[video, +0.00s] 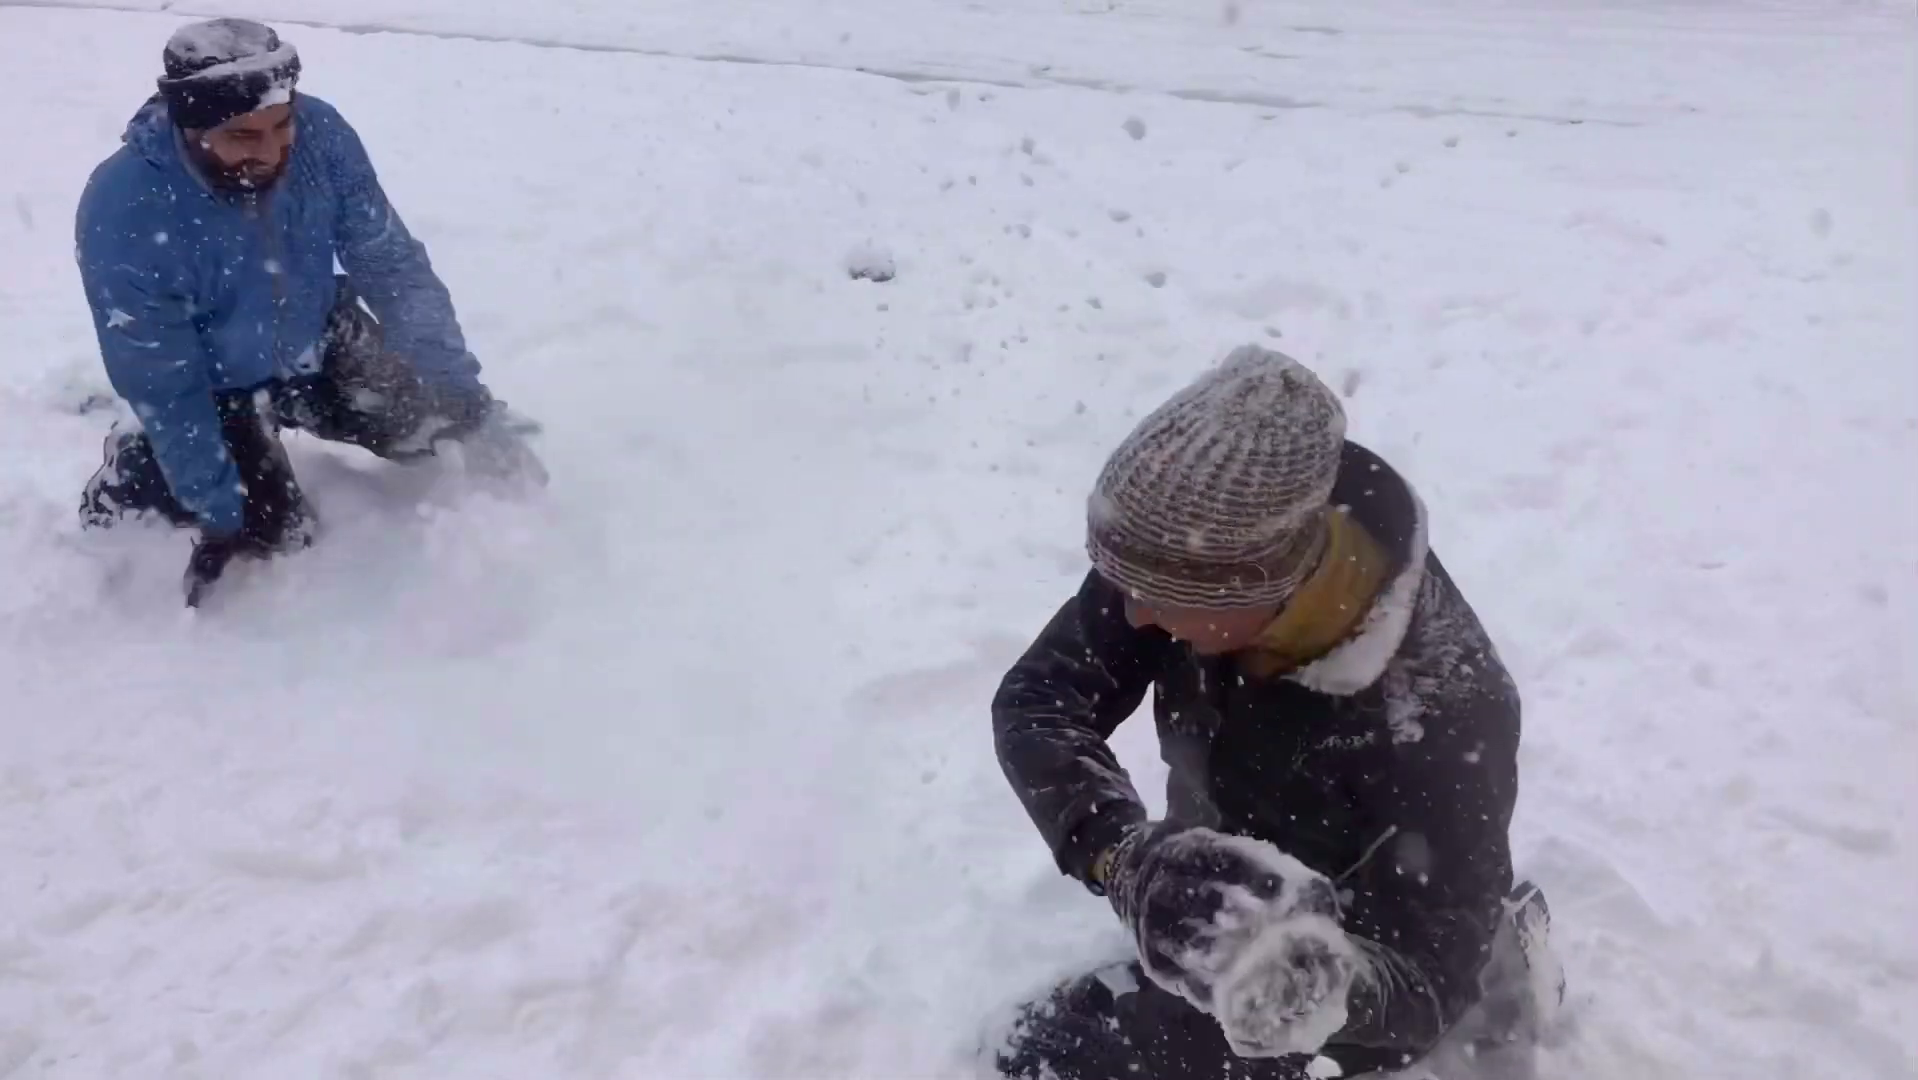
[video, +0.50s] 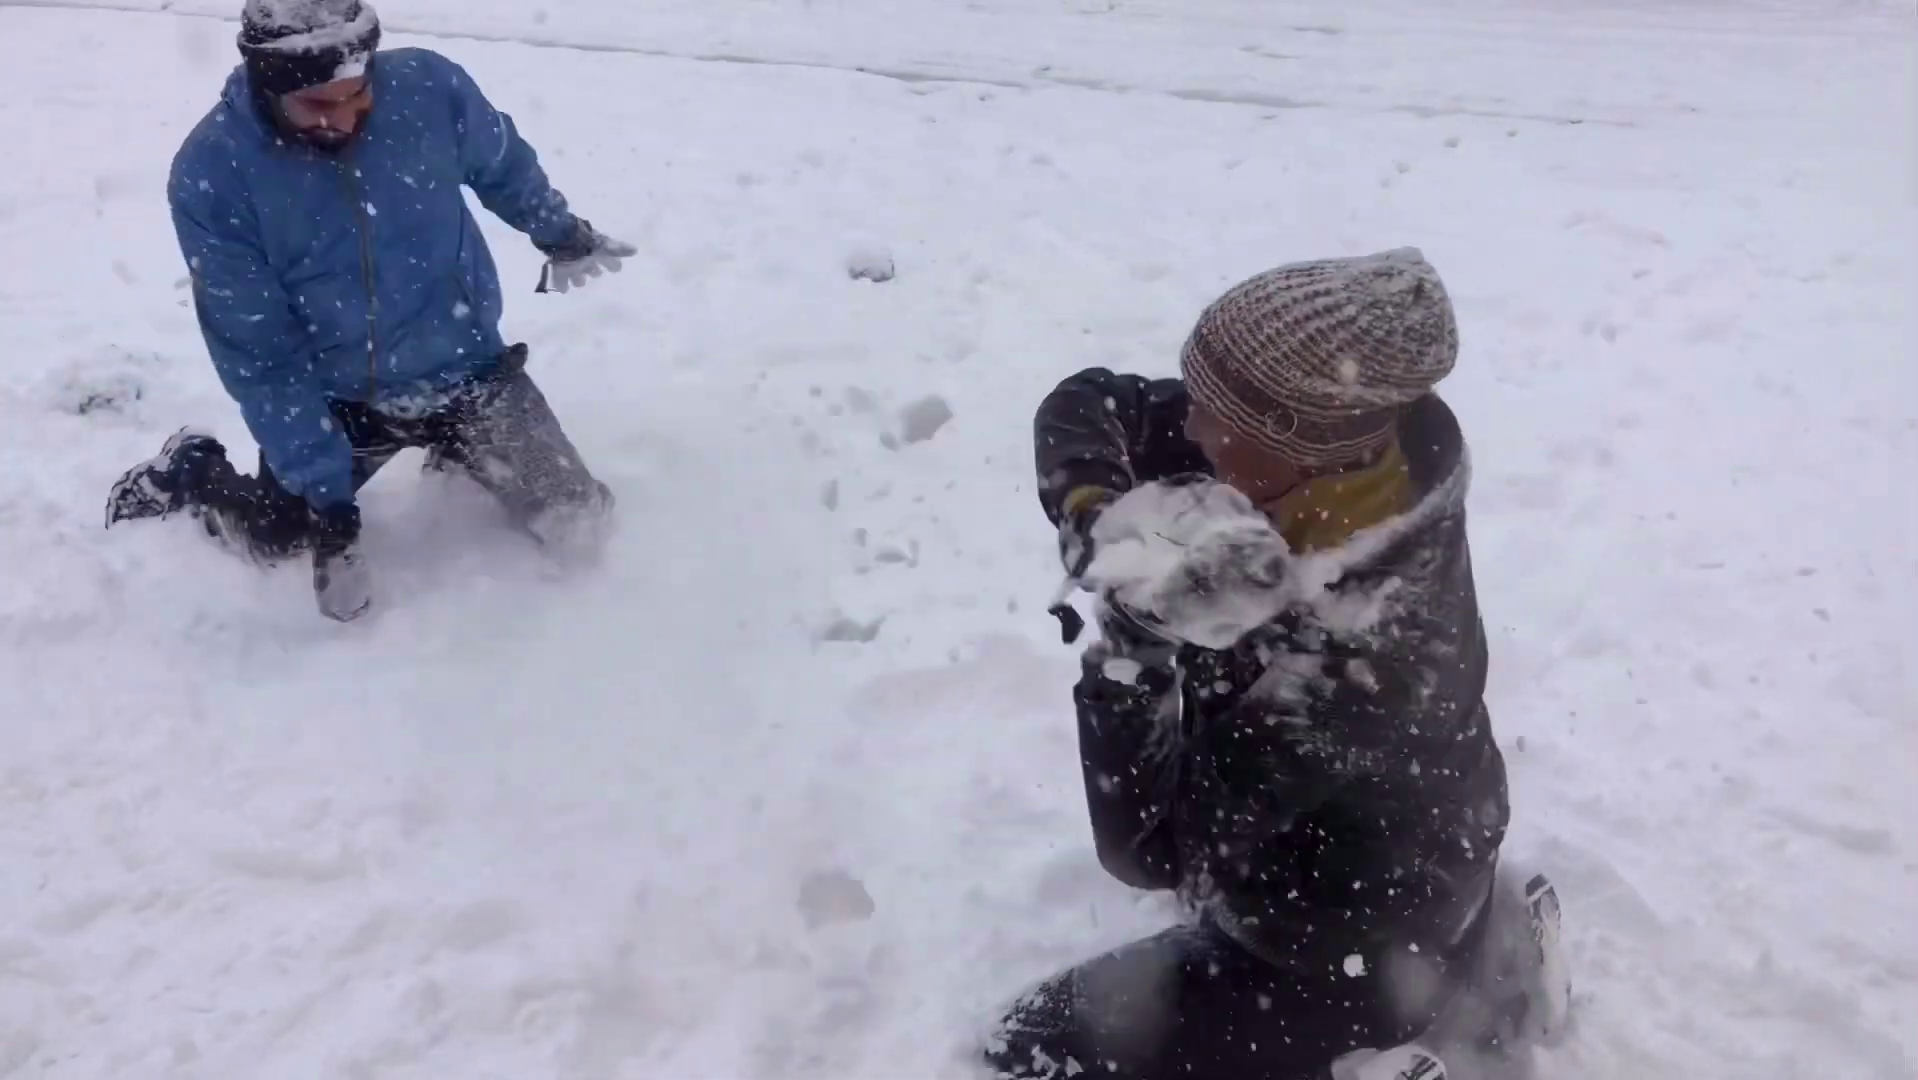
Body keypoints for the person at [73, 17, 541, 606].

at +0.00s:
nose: (270, 151)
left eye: (282, 126)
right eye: (243, 136)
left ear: (293, 108)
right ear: (191, 128)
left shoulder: (317, 136)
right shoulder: (123, 213)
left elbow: (394, 270)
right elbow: (164, 387)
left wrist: (466, 406)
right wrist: (221, 522)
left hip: (312, 341)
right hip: (211, 387)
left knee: (437, 431)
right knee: (278, 529)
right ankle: (140, 471)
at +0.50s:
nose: (343, 120)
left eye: (357, 94)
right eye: (318, 104)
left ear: (371, 62)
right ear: (269, 86)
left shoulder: (427, 90)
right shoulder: (214, 176)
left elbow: (503, 164)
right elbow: (260, 359)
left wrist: (559, 231)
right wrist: (333, 519)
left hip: (469, 375)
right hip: (339, 405)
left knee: (583, 529)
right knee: (283, 542)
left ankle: (466, 445)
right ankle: (190, 476)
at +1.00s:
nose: (584, 151)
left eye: (597, 130)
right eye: (564, 131)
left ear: (614, 127)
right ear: (520, 129)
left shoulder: (643, 204)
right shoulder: (452, 206)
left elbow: (661, 351)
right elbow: (479, 384)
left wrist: (682, 480)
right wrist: (591, 503)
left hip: (556, 406)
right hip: (423, 402)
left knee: (612, 533)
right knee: (311, 545)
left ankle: (526, 471)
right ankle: (236, 475)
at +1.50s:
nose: (574, 179)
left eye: (591, 157)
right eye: (552, 161)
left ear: (609, 139)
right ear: (506, 144)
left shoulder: (624, 177)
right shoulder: (435, 228)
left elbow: (661, 329)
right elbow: (404, 433)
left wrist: (719, 452)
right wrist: (388, 613)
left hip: (567, 421)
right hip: (454, 440)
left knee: (620, 549)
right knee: (493, 626)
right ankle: (370, 520)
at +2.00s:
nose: (463, 180)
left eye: (485, 156)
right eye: (443, 155)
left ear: (529, 150)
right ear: (420, 148)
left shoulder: (593, 231)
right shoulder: (354, 257)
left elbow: (625, 407)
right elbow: (305, 444)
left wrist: (662, 565)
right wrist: (272, 602)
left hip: (523, 436)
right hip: (391, 466)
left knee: (600, 552)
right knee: (485, 636)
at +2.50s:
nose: (305, 237)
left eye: (310, 214)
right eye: (282, 231)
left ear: (335, 159)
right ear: (253, 219)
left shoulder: (435, 100)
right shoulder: (274, 258)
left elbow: (572, 236)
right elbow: (380, 396)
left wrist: (633, 393)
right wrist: (488, 500)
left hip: (583, 407)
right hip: (461, 458)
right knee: (489, 644)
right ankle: (409, 510)